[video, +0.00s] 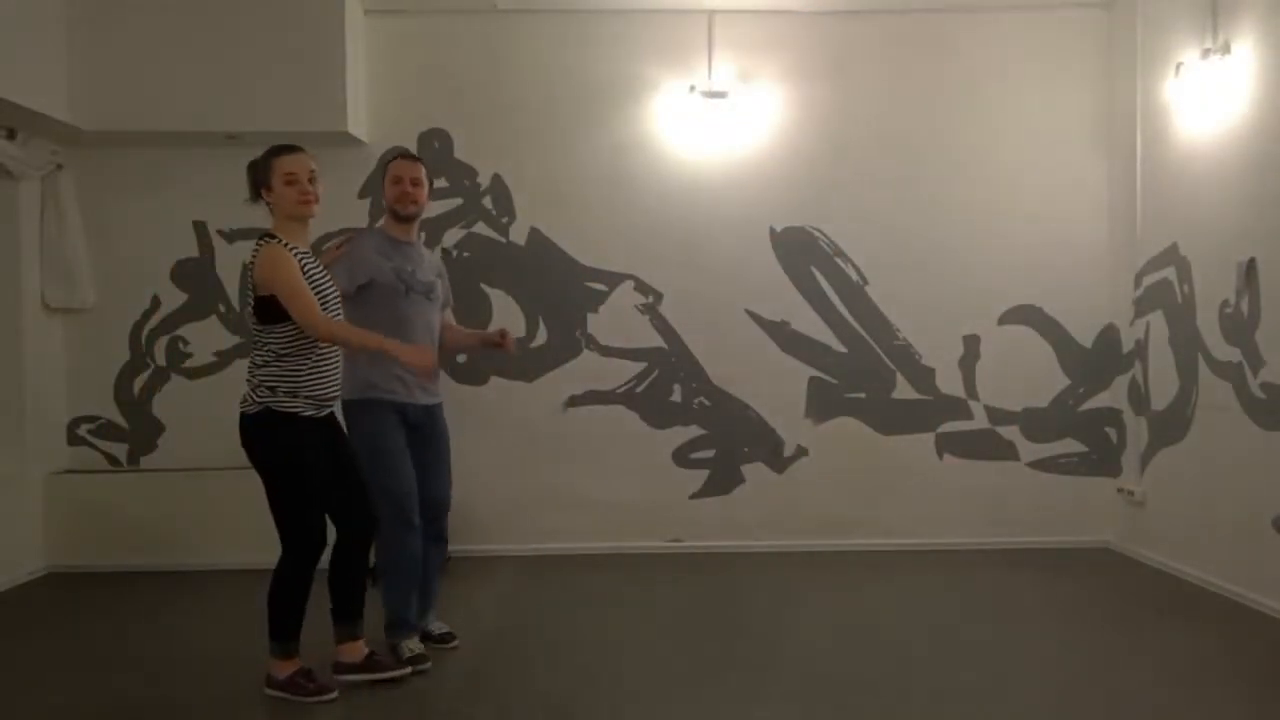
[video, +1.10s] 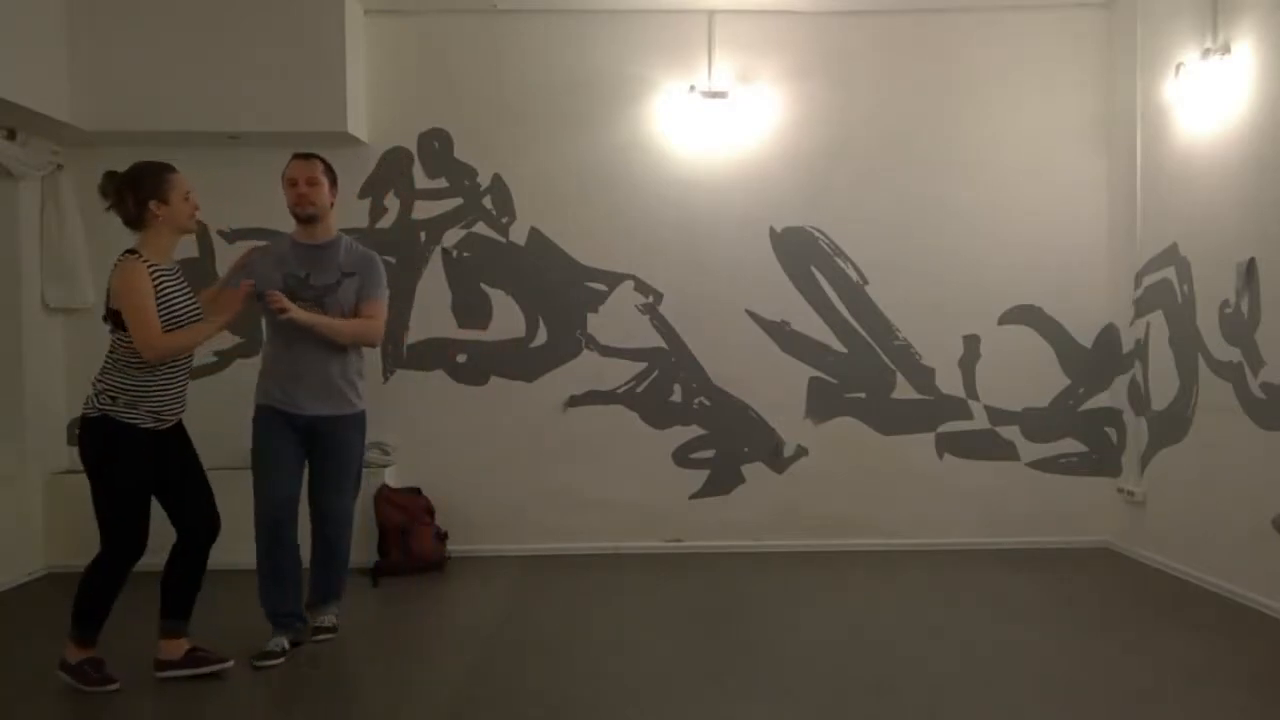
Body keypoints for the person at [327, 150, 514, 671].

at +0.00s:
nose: (407, 190)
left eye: (415, 183)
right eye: (398, 182)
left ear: (427, 194)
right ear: (382, 192)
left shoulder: (432, 263)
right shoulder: (359, 249)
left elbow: (445, 333)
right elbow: (309, 300)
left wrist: (484, 337)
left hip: (425, 401)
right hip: (372, 401)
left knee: (434, 510)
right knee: (400, 512)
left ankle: (422, 617)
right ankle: (400, 632)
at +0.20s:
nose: (383, 185)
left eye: (391, 178)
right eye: (374, 178)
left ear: (405, 190)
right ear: (359, 187)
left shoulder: (414, 259)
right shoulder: (334, 250)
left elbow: (419, 323)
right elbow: (297, 316)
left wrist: (468, 337)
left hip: (406, 398)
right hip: (351, 398)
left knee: (416, 510)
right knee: (367, 509)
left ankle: (417, 619)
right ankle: (329, 623)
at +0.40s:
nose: (347, 191)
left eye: (356, 184)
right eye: (337, 183)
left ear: (370, 195)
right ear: (323, 194)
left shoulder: (381, 266)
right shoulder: (298, 254)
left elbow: (388, 336)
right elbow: (265, 314)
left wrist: (429, 343)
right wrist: (227, 324)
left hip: (372, 411)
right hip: (312, 411)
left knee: (399, 510)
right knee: (308, 524)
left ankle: (415, 618)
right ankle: (284, 631)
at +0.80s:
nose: (304, 186)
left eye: (314, 179)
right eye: (295, 179)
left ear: (332, 190)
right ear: (284, 191)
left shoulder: (358, 258)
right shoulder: (256, 254)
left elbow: (380, 330)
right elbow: (221, 317)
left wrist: (352, 323)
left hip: (337, 404)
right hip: (272, 404)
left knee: (349, 510)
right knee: (274, 517)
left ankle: (344, 604)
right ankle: (276, 626)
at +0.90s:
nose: (303, 185)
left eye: (313, 177)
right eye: (294, 178)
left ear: (332, 188)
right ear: (283, 188)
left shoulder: (361, 255)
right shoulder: (256, 251)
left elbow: (380, 326)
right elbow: (225, 316)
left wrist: (334, 314)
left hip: (338, 405)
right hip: (274, 404)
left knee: (341, 515)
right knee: (272, 515)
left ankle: (329, 607)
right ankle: (274, 624)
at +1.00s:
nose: (302, 189)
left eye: (313, 181)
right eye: (294, 182)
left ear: (333, 191)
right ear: (284, 193)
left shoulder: (363, 258)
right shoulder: (263, 254)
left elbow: (378, 329)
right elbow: (215, 307)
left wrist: (318, 313)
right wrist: (247, 312)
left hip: (340, 409)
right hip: (277, 407)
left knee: (334, 515)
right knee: (277, 516)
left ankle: (326, 606)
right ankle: (273, 626)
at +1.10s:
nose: (301, 191)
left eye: (311, 183)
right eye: (292, 184)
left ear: (333, 193)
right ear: (283, 195)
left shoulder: (365, 261)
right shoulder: (262, 257)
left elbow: (373, 332)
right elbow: (213, 309)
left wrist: (302, 316)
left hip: (340, 411)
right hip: (277, 408)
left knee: (333, 516)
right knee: (274, 518)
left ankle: (325, 605)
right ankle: (283, 627)